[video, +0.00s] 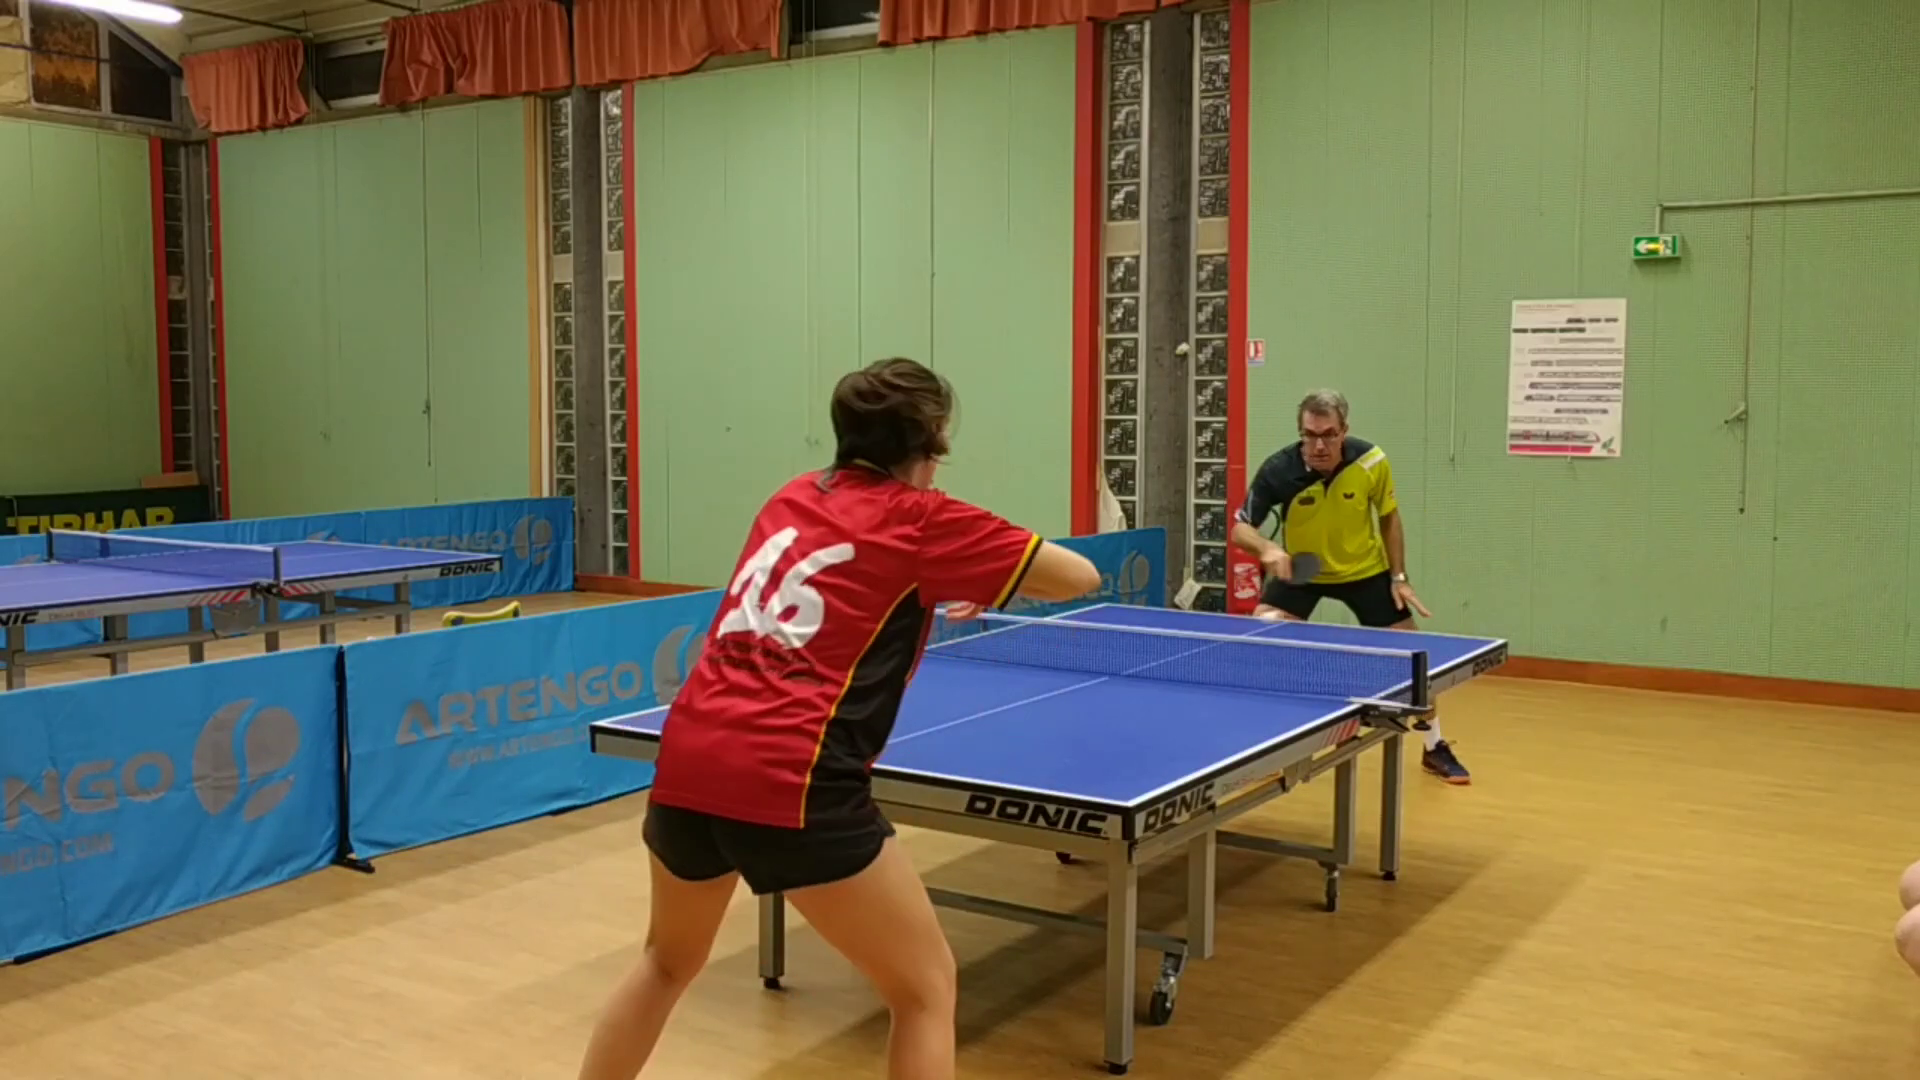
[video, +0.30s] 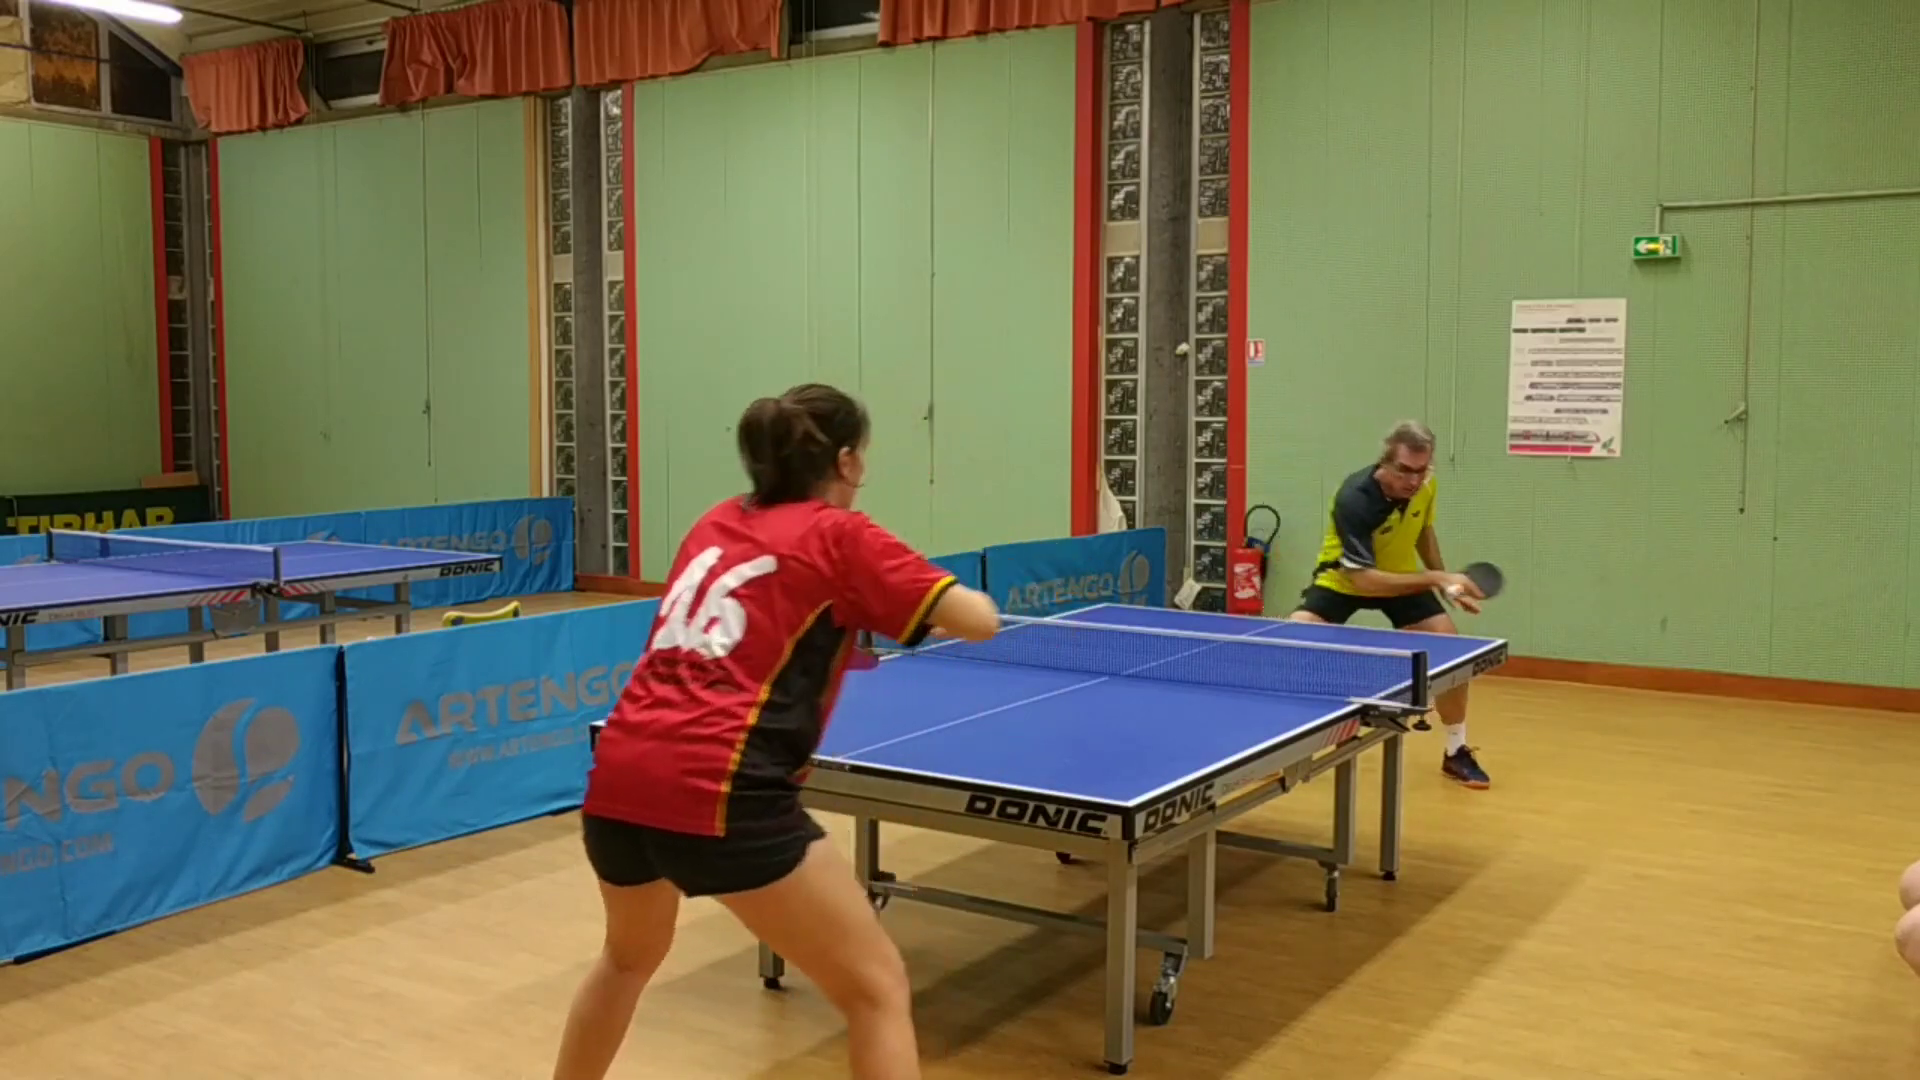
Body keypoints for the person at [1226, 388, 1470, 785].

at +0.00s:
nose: (1318, 445)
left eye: (1328, 435)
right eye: (1311, 435)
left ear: (1344, 431)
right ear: (1301, 432)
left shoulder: (1369, 461)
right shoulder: (1278, 471)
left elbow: (1389, 518)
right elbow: (1239, 529)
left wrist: (1398, 576)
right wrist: (1268, 548)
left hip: (1364, 573)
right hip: (1300, 574)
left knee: (1410, 650)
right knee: (1257, 647)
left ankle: (1435, 745)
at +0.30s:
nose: (1413, 481)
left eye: (1420, 472)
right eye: (1404, 470)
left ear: (1429, 468)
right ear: (1385, 461)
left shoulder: (1425, 486)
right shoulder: (1355, 498)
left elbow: (1423, 533)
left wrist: (1447, 584)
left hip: (1401, 579)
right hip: (1341, 580)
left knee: (1448, 648)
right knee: (1296, 637)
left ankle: (1456, 751)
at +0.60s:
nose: (1466, 491)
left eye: (1475, 483)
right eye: (1458, 479)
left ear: (1482, 480)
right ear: (1437, 471)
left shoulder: (1453, 495)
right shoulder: (1413, 503)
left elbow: (1445, 534)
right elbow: (1442, 578)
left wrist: (1459, 575)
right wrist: (1493, 603)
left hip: (1418, 581)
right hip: (1364, 581)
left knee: (1464, 650)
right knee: (1321, 650)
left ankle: (1458, 751)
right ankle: (1275, 752)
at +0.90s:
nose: (1455, 444)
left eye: (1466, 436)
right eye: (1448, 433)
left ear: (1483, 435)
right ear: (1439, 428)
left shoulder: (1486, 464)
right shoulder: (1413, 465)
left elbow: (1475, 515)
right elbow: (1394, 531)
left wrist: (1484, 570)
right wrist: (1426, 573)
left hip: (1443, 568)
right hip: (1388, 562)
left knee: (1469, 646)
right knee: (1346, 636)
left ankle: (1458, 750)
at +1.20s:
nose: (1414, 440)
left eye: (1424, 430)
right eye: (1408, 429)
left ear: (1445, 429)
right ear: (1400, 427)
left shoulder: (1468, 463)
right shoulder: (1378, 473)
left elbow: (1484, 517)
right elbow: (1350, 538)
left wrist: (1503, 575)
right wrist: (1363, 583)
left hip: (1457, 573)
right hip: (1395, 575)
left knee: (1511, 653)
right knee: (1357, 644)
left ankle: (1534, 739)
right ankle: (1341, 743)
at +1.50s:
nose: (1439, 435)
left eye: (1448, 424)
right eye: (1432, 425)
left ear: (1471, 421)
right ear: (1427, 426)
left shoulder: (1514, 456)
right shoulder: (1428, 466)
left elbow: (1555, 510)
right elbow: (1413, 523)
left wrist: (1558, 574)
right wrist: (1397, 565)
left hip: (1522, 570)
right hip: (1459, 567)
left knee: (1560, 665)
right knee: (1412, 628)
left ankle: (1583, 747)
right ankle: (1381, 726)